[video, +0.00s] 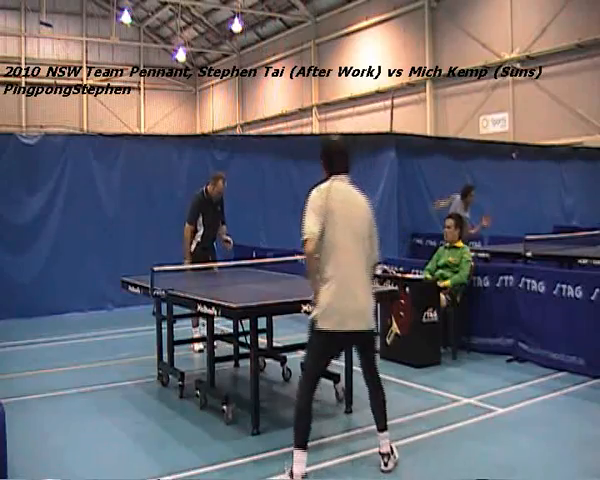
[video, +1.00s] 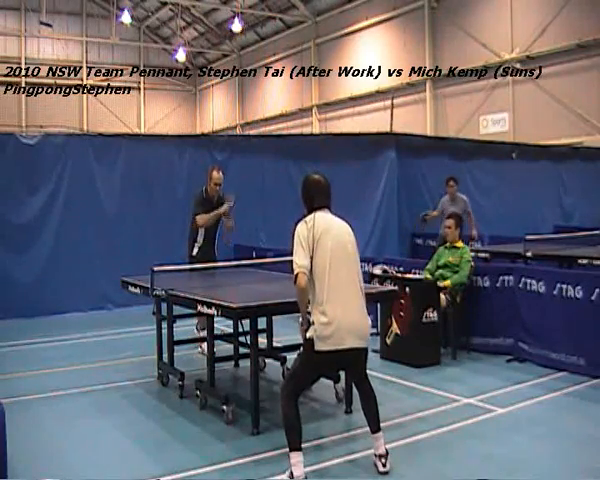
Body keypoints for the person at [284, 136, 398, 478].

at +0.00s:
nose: (322, 169)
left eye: (322, 164)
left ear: (324, 166)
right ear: (348, 166)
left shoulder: (320, 194)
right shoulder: (363, 200)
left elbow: (311, 245)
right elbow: (373, 255)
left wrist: (316, 284)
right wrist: (353, 281)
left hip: (331, 309)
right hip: (363, 308)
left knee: (308, 385)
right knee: (372, 374)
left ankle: (299, 463)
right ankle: (386, 445)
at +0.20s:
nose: (300, 172)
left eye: (299, 167)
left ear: (300, 169)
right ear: (325, 169)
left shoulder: (299, 198)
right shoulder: (342, 203)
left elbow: (290, 248)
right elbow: (352, 259)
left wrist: (300, 289)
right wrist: (344, 292)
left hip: (316, 317)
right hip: (349, 315)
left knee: (292, 389)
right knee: (362, 378)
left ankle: (297, 468)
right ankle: (382, 449)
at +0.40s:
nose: (293, 181)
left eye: (292, 175)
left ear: (293, 178)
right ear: (318, 177)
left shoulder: (293, 205)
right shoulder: (335, 208)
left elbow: (288, 252)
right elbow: (346, 260)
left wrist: (298, 296)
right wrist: (339, 294)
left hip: (316, 321)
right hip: (348, 318)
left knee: (288, 391)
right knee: (360, 380)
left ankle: (297, 469)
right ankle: (381, 451)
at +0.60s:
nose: (295, 190)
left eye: (295, 185)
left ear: (297, 189)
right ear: (322, 187)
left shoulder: (299, 217)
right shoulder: (339, 218)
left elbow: (296, 266)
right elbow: (346, 267)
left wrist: (297, 305)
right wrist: (323, 299)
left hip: (322, 328)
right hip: (354, 324)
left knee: (288, 391)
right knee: (360, 380)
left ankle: (296, 469)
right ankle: (381, 449)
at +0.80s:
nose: (301, 198)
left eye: (301, 194)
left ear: (302, 196)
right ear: (327, 195)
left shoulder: (304, 225)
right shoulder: (343, 224)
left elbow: (301, 278)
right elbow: (351, 272)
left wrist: (300, 315)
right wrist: (326, 308)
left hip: (327, 331)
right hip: (359, 328)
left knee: (289, 391)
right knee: (361, 379)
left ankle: (296, 468)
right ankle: (381, 450)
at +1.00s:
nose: (304, 201)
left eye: (303, 197)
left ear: (304, 199)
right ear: (329, 198)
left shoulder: (305, 227)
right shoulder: (346, 227)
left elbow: (301, 281)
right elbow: (353, 276)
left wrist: (303, 317)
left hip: (327, 334)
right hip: (360, 331)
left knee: (289, 391)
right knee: (361, 380)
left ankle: (297, 468)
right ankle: (381, 449)